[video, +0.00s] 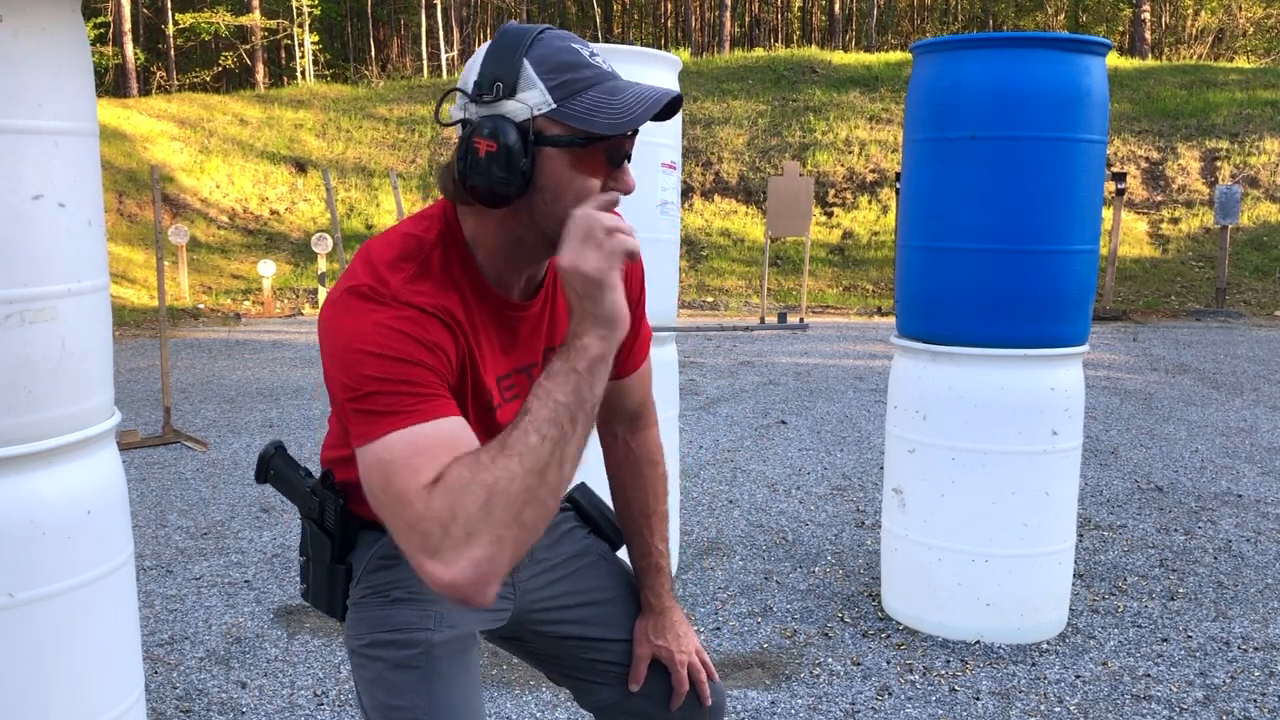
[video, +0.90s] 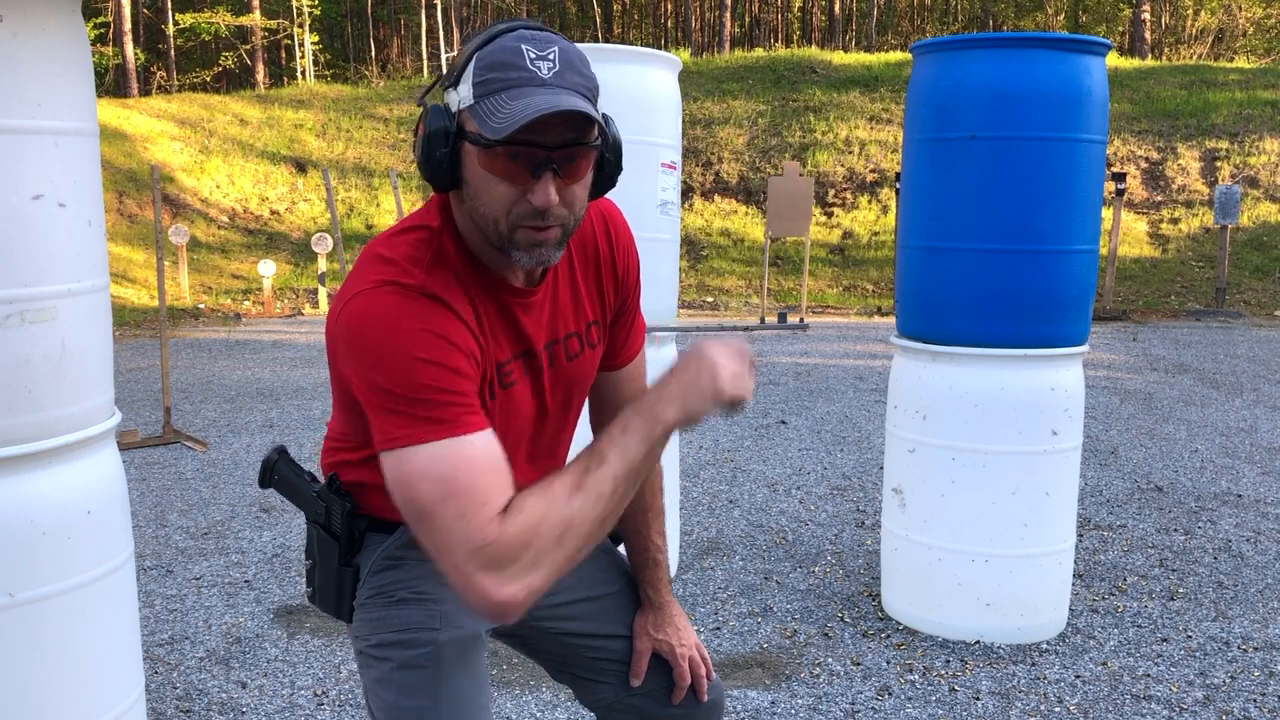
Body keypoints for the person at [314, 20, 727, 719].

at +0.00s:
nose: (626, 180)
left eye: (624, 151)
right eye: (596, 150)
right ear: (497, 157)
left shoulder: (604, 262)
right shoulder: (378, 303)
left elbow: (630, 425)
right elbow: (458, 555)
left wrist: (658, 597)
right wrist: (590, 337)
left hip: (536, 526)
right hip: (401, 551)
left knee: (687, 699)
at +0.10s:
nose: (611, 180)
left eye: (610, 149)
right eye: (580, 151)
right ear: (483, 157)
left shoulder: (591, 246)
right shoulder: (378, 321)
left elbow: (625, 424)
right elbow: (539, 564)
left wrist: (655, 594)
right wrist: (577, 315)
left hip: (546, 543)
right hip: (411, 560)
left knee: (686, 698)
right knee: (440, 704)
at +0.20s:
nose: (597, 178)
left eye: (597, 148)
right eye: (566, 150)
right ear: (467, 158)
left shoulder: (578, 241)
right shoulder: (380, 332)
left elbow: (616, 430)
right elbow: (582, 555)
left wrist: (650, 588)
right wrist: (602, 317)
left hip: (548, 549)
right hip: (417, 570)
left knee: (686, 695)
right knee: (445, 704)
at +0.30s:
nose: (584, 175)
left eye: (587, 146)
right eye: (552, 147)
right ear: (455, 160)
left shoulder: (573, 244)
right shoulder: (382, 338)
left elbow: (605, 426)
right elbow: (608, 526)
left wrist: (650, 586)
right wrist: (663, 296)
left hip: (544, 542)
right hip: (420, 574)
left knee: (686, 693)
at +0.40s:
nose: (564, 188)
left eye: (573, 156)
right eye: (530, 161)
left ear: (587, 149)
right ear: (433, 164)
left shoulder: (573, 239)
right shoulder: (383, 330)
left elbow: (613, 433)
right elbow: (623, 487)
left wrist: (650, 586)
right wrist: (730, 270)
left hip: (546, 543)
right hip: (418, 575)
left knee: (686, 695)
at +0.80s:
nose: (534, 200)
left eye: (557, 165)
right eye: (504, 165)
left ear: (586, 162)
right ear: (440, 155)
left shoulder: (592, 237)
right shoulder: (387, 305)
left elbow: (617, 409)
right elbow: (591, 500)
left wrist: (655, 592)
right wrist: (707, 290)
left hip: (559, 546)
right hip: (418, 567)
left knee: (689, 700)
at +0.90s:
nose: (548, 193)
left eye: (571, 158)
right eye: (519, 157)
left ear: (598, 159)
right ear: (454, 152)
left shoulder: (601, 237)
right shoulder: (394, 302)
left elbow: (627, 425)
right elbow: (498, 575)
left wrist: (656, 593)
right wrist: (665, 403)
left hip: (532, 517)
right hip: (404, 545)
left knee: (685, 699)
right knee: (445, 703)